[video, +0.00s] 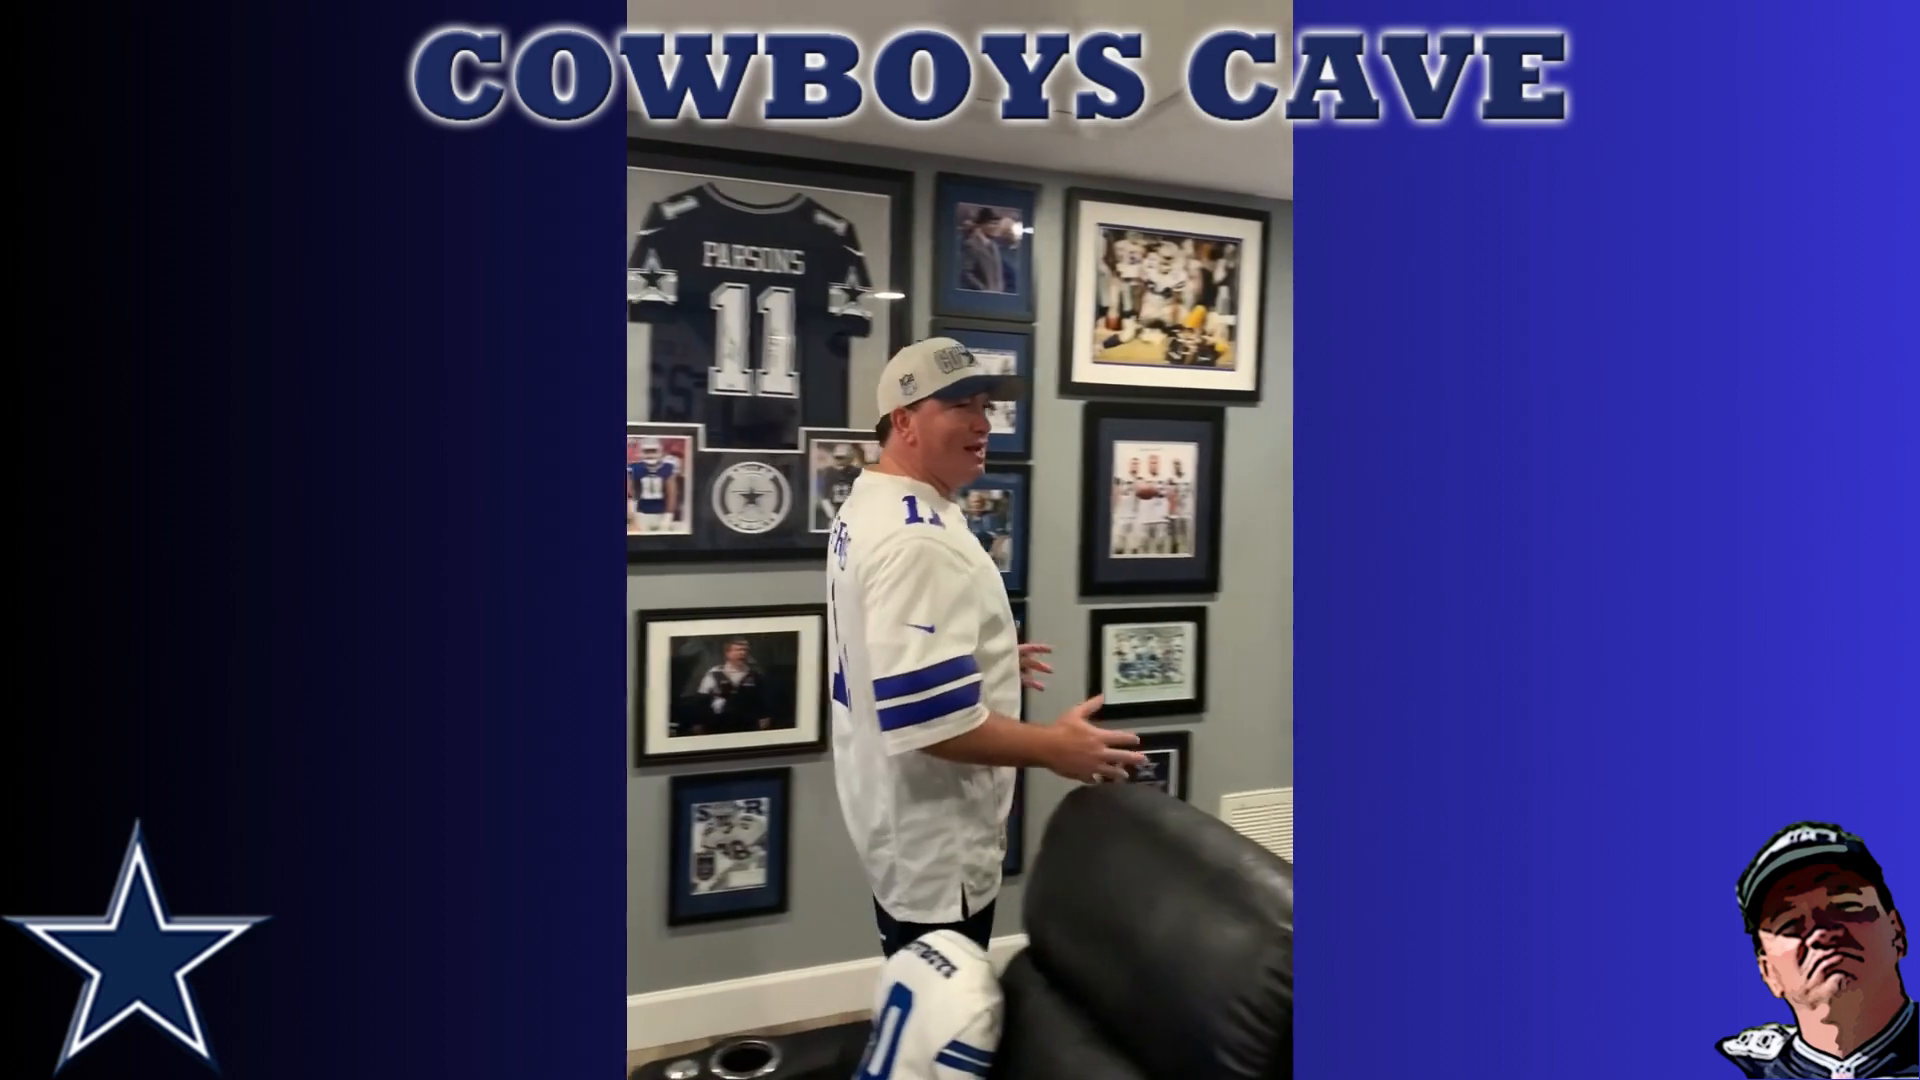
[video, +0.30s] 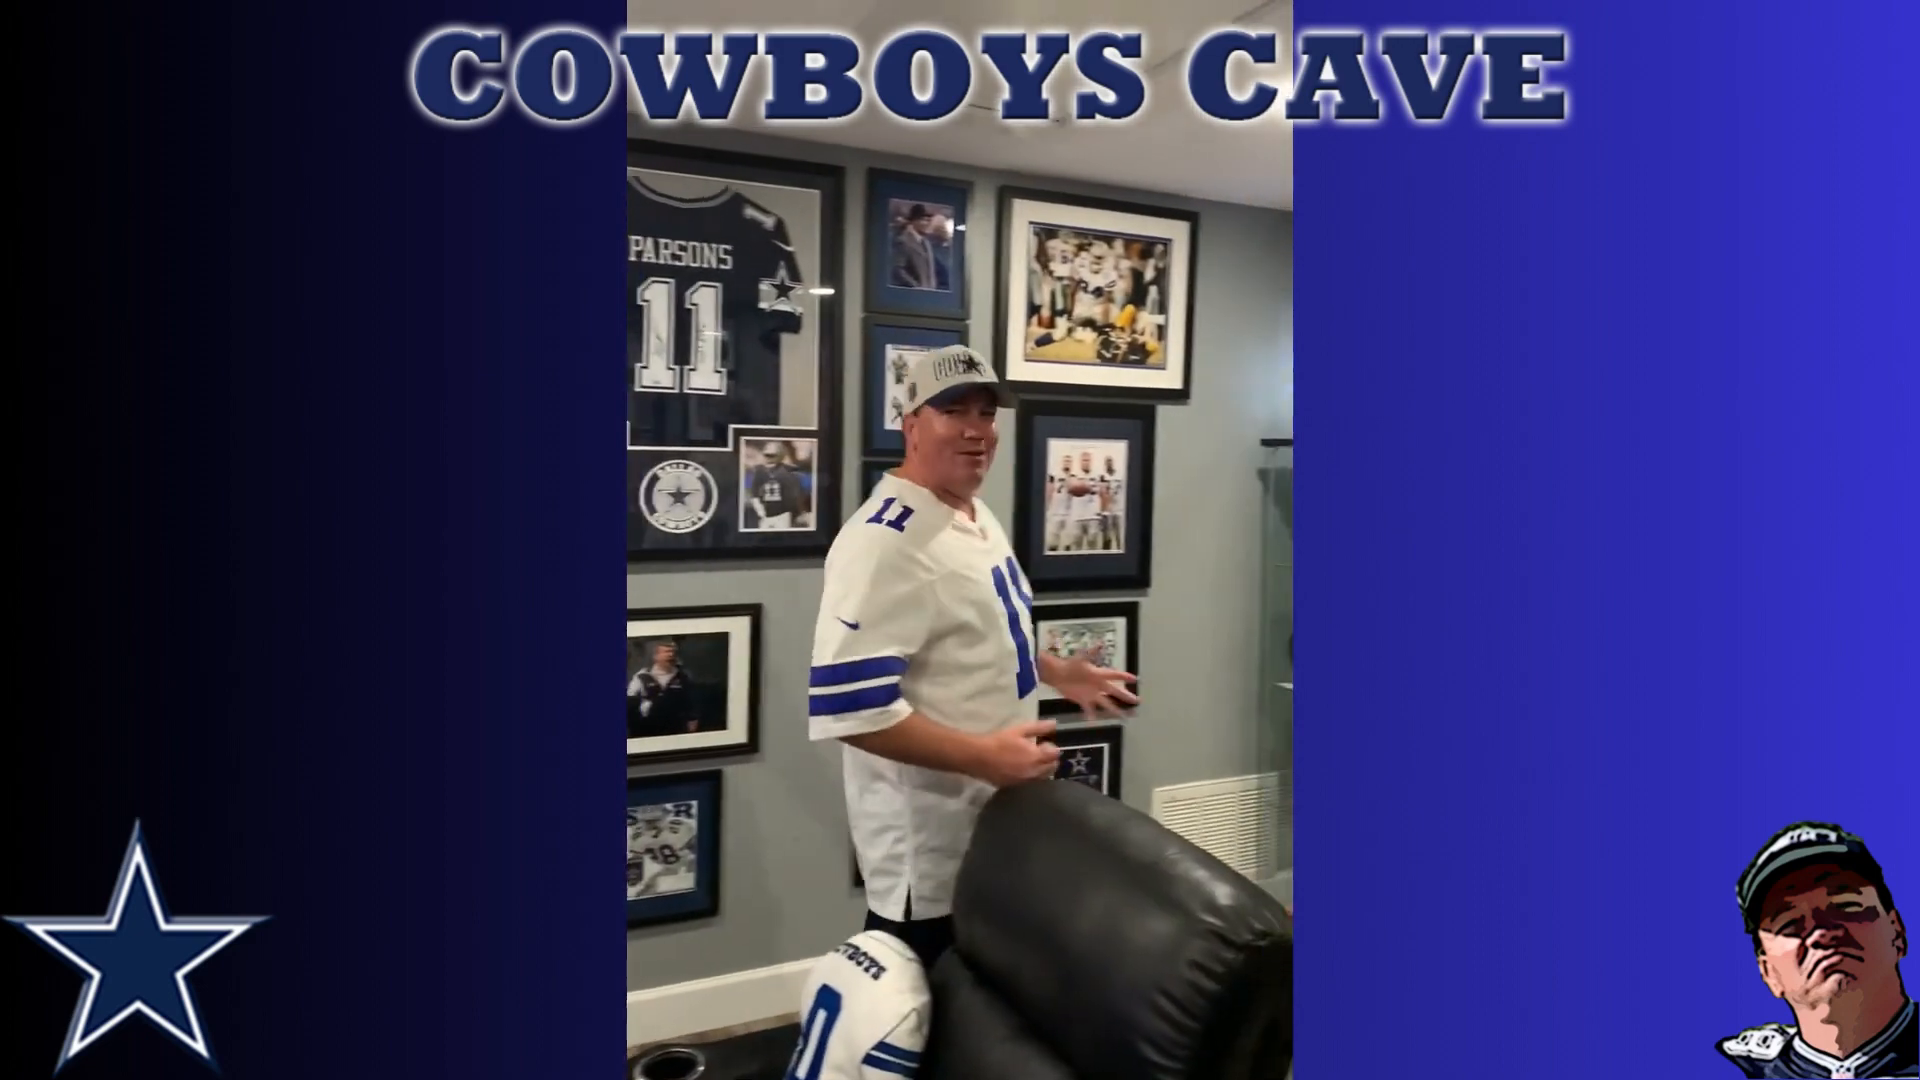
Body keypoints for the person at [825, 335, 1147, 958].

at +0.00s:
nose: (983, 425)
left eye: (983, 408)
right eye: (962, 406)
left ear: (905, 428)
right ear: (905, 423)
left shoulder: (874, 505)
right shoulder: (913, 541)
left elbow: (879, 652)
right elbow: (932, 720)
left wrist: (985, 658)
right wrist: (1049, 746)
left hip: (904, 817)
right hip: (938, 834)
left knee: (932, 1015)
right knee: (946, 1024)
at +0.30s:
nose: (978, 430)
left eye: (988, 413)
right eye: (955, 411)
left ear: (998, 425)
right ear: (909, 423)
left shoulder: (973, 518)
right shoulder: (882, 541)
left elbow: (985, 641)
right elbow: (852, 709)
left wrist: (1058, 672)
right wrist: (981, 756)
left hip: (990, 831)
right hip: (923, 850)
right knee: (920, 1031)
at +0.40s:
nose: (976, 436)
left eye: (992, 421)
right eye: (957, 418)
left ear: (1010, 437)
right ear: (924, 430)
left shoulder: (1013, 524)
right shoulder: (883, 546)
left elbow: (1021, 637)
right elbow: (845, 707)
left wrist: (1094, 678)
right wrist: (956, 754)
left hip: (1015, 827)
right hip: (926, 847)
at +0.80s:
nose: (958, 418)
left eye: (978, 401)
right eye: (955, 403)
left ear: (1029, 418)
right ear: (949, 412)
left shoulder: (1101, 510)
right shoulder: (918, 519)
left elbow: (1157, 613)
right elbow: (878, 623)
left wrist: (1157, 678)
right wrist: (892, 688)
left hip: (1081, 798)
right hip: (962, 800)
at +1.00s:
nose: (942, 429)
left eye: (962, 414)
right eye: (941, 415)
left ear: (1011, 428)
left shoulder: (1092, 513)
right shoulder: (924, 525)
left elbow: (1160, 616)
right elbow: (896, 624)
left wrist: (1127, 687)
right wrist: (883, 681)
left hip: (1071, 795)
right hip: (967, 796)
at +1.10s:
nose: (950, 434)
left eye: (969, 418)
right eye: (949, 420)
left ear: (1018, 432)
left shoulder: (1098, 515)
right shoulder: (946, 525)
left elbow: (1167, 625)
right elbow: (922, 625)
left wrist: (1113, 687)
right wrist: (893, 675)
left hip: (1078, 800)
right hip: (978, 798)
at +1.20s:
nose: (988, 435)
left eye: (1005, 419)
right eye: (983, 421)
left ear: (1049, 435)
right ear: (976, 434)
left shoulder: (1115, 515)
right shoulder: (968, 527)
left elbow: (1182, 626)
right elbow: (937, 618)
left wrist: (1108, 681)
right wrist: (906, 669)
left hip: (1095, 796)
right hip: (994, 794)